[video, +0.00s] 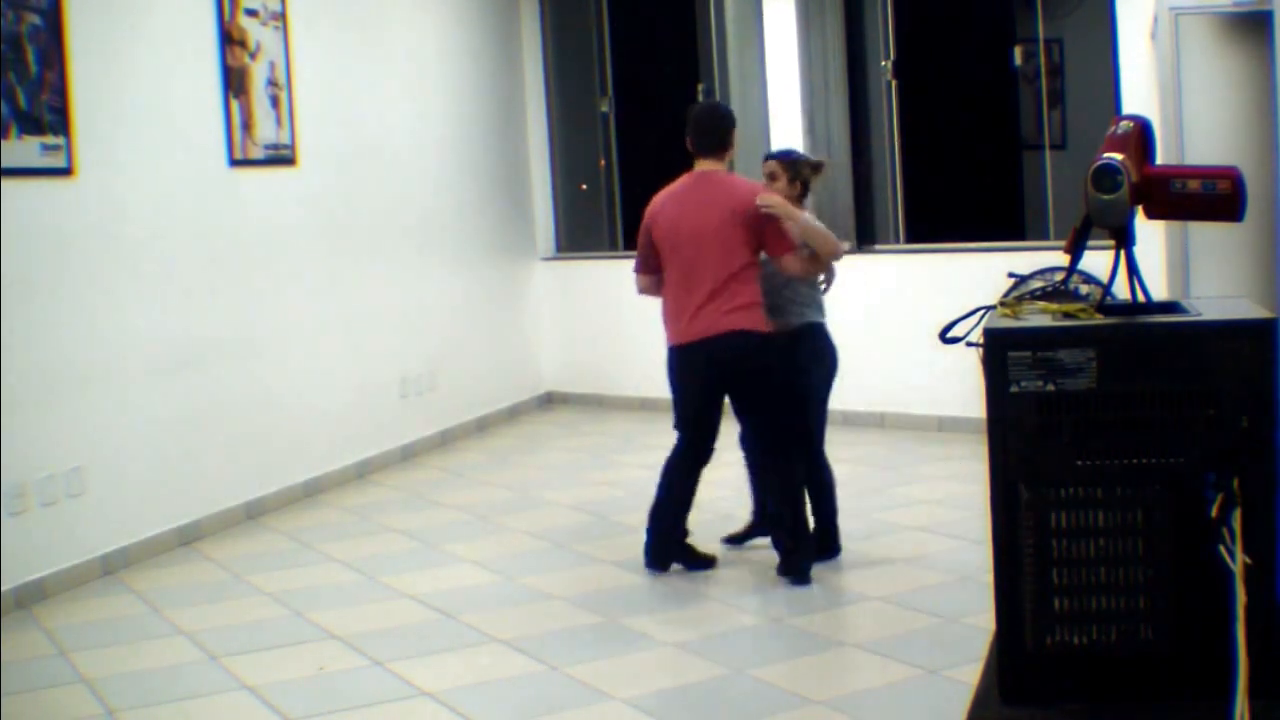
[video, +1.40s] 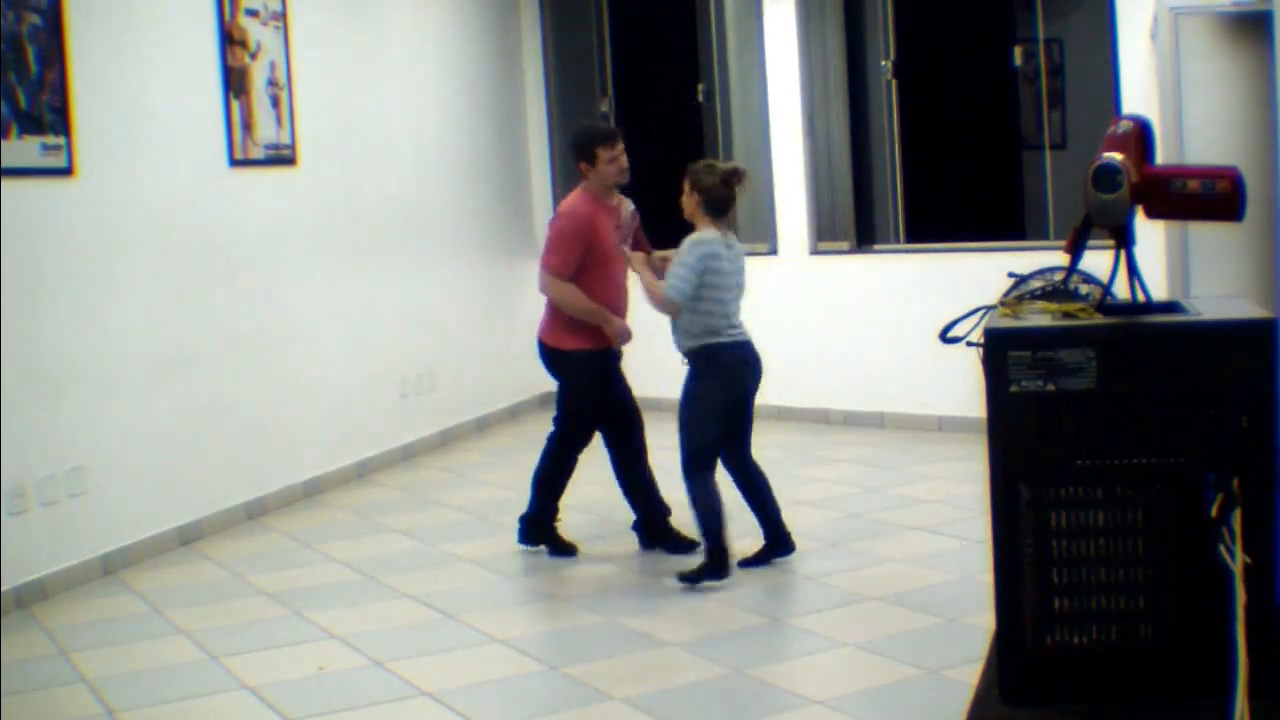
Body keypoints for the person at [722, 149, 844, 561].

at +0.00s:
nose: (764, 186)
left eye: (773, 178)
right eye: (763, 178)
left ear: (796, 185)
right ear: (762, 182)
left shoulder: (805, 221)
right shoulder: (753, 224)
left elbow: (832, 252)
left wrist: (788, 214)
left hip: (807, 340)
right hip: (766, 343)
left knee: (807, 443)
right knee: (755, 436)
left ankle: (826, 535)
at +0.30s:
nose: (728, 191)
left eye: (737, 184)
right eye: (725, 184)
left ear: (759, 189)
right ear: (722, 191)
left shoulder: (782, 236)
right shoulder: (712, 238)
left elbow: (810, 291)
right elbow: (695, 289)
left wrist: (808, 271)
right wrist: (713, 279)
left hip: (767, 345)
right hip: (721, 346)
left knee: (775, 443)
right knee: (724, 442)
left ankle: (773, 532)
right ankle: (728, 522)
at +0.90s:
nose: (713, 202)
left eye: (721, 193)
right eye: (708, 196)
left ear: (742, 196)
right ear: (705, 203)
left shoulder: (766, 239)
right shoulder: (708, 248)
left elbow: (789, 289)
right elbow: (695, 297)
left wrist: (815, 263)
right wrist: (672, 276)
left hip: (759, 353)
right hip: (719, 356)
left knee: (756, 441)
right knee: (740, 442)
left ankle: (741, 510)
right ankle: (744, 529)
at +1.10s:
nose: (701, 205)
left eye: (708, 196)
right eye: (698, 198)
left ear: (733, 199)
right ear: (705, 205)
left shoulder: (767, 250)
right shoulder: (697, 254)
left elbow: (785, 311)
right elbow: (669, 306)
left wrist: (770, 277)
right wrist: (633, 285)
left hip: (754, 362)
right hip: (706, 367)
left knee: (779, 454)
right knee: (736, 460)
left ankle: (762, 502)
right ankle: (765, 541)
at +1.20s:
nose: (693, 207)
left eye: (698, 199)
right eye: (695, 199)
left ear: (718, 202)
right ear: (714, 203)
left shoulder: (756, 251)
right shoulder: (700, 256)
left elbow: (757, 310)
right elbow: (677, 308)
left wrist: (716, 278)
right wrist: (639, 281)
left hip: (746, 365)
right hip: (703, 368)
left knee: (747, 458)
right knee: (729, 463)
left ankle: (786, 509)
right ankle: (764, 540)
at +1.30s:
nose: (689, 203)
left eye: (694, 196)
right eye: (691, 195)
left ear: (709, 201)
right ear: (715, 201)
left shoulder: (732, 248)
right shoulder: (711, 249)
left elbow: (722, 306)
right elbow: (698, 301)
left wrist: (672, 274)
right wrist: (663, 273)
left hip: (734, 363)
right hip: (713, 365)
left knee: (713, 455)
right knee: (732, 456)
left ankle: (769, 541)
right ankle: (768, 541)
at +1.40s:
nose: (681, 199)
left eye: (684, 193)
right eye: (683, 192)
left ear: (694, 198)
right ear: (725, 201)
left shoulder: (696, 248)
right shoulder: (732, 246)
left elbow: (669, 303)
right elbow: (701, 276)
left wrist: (642, 272)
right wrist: (663, 262)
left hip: (712, 363)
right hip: (742, 358)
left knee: (697, 465)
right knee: (736, 455)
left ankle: (716, 559)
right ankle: (778, 538)